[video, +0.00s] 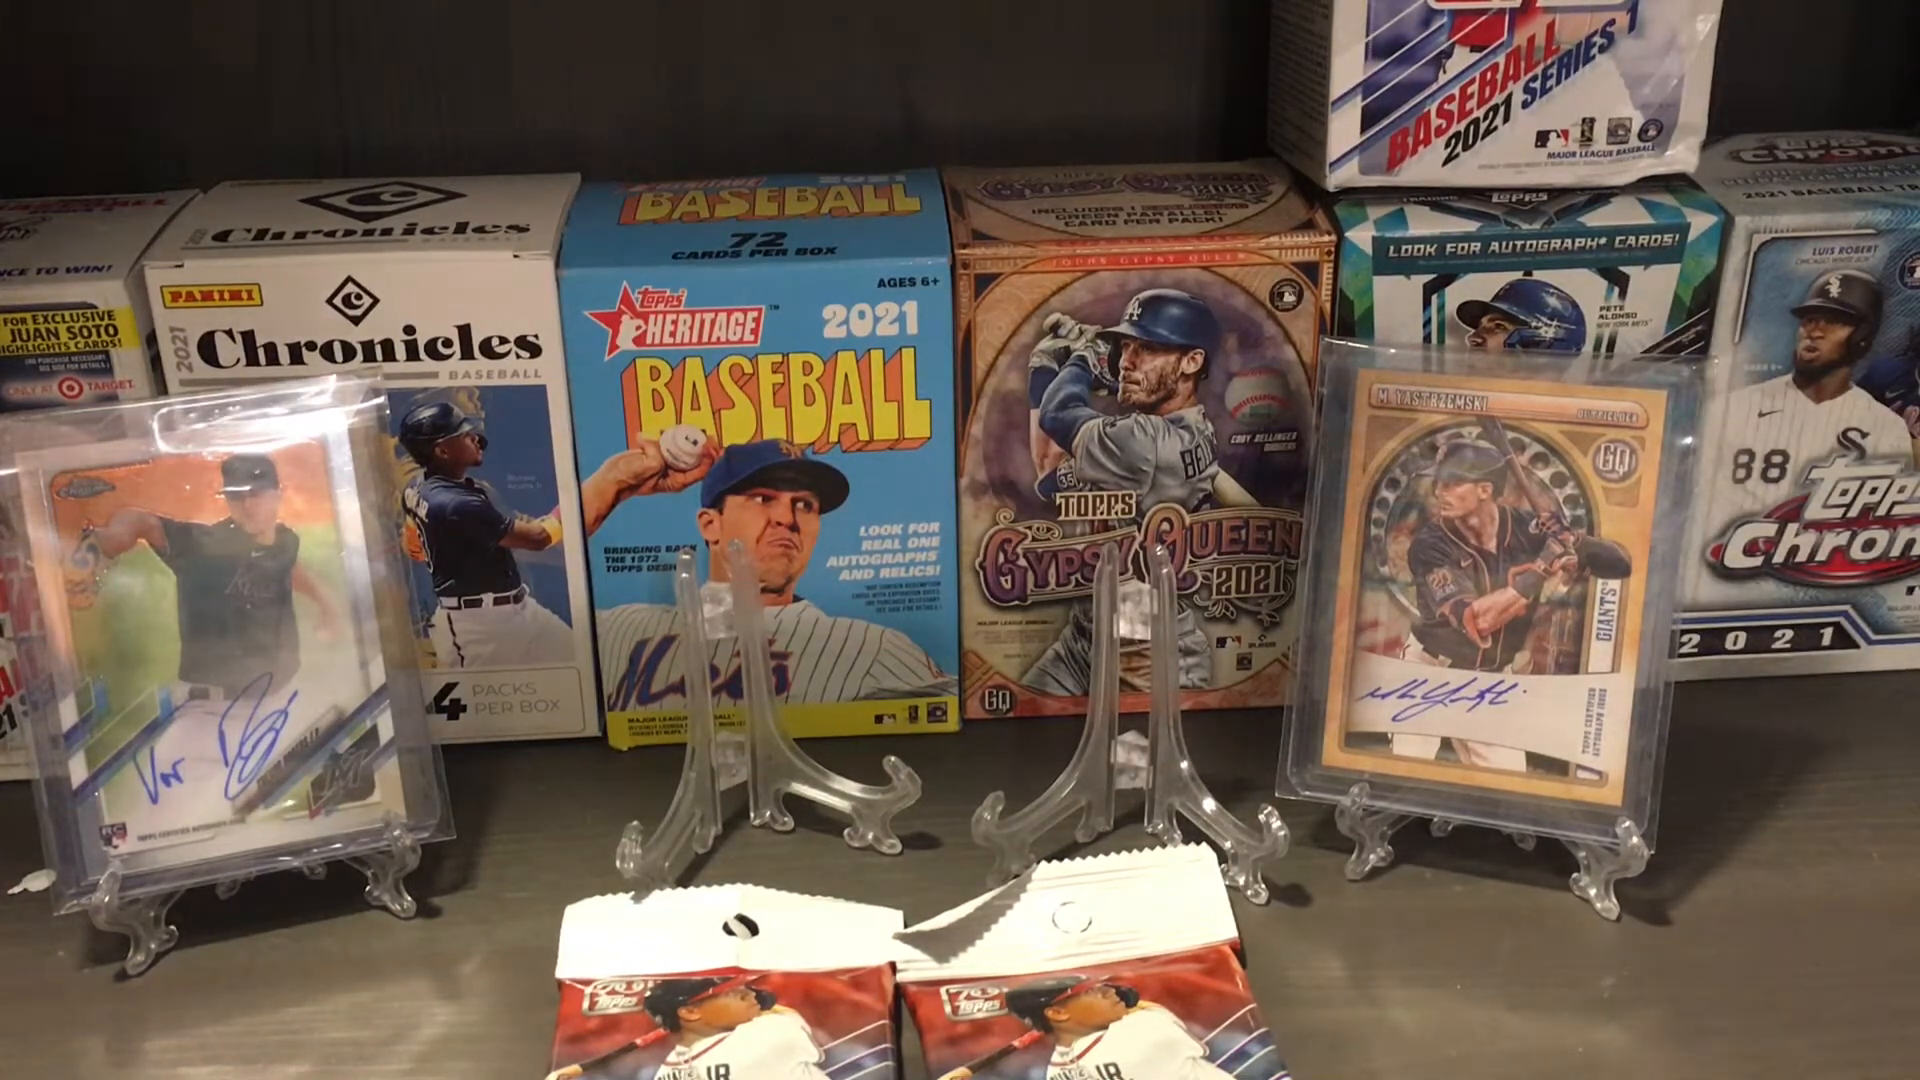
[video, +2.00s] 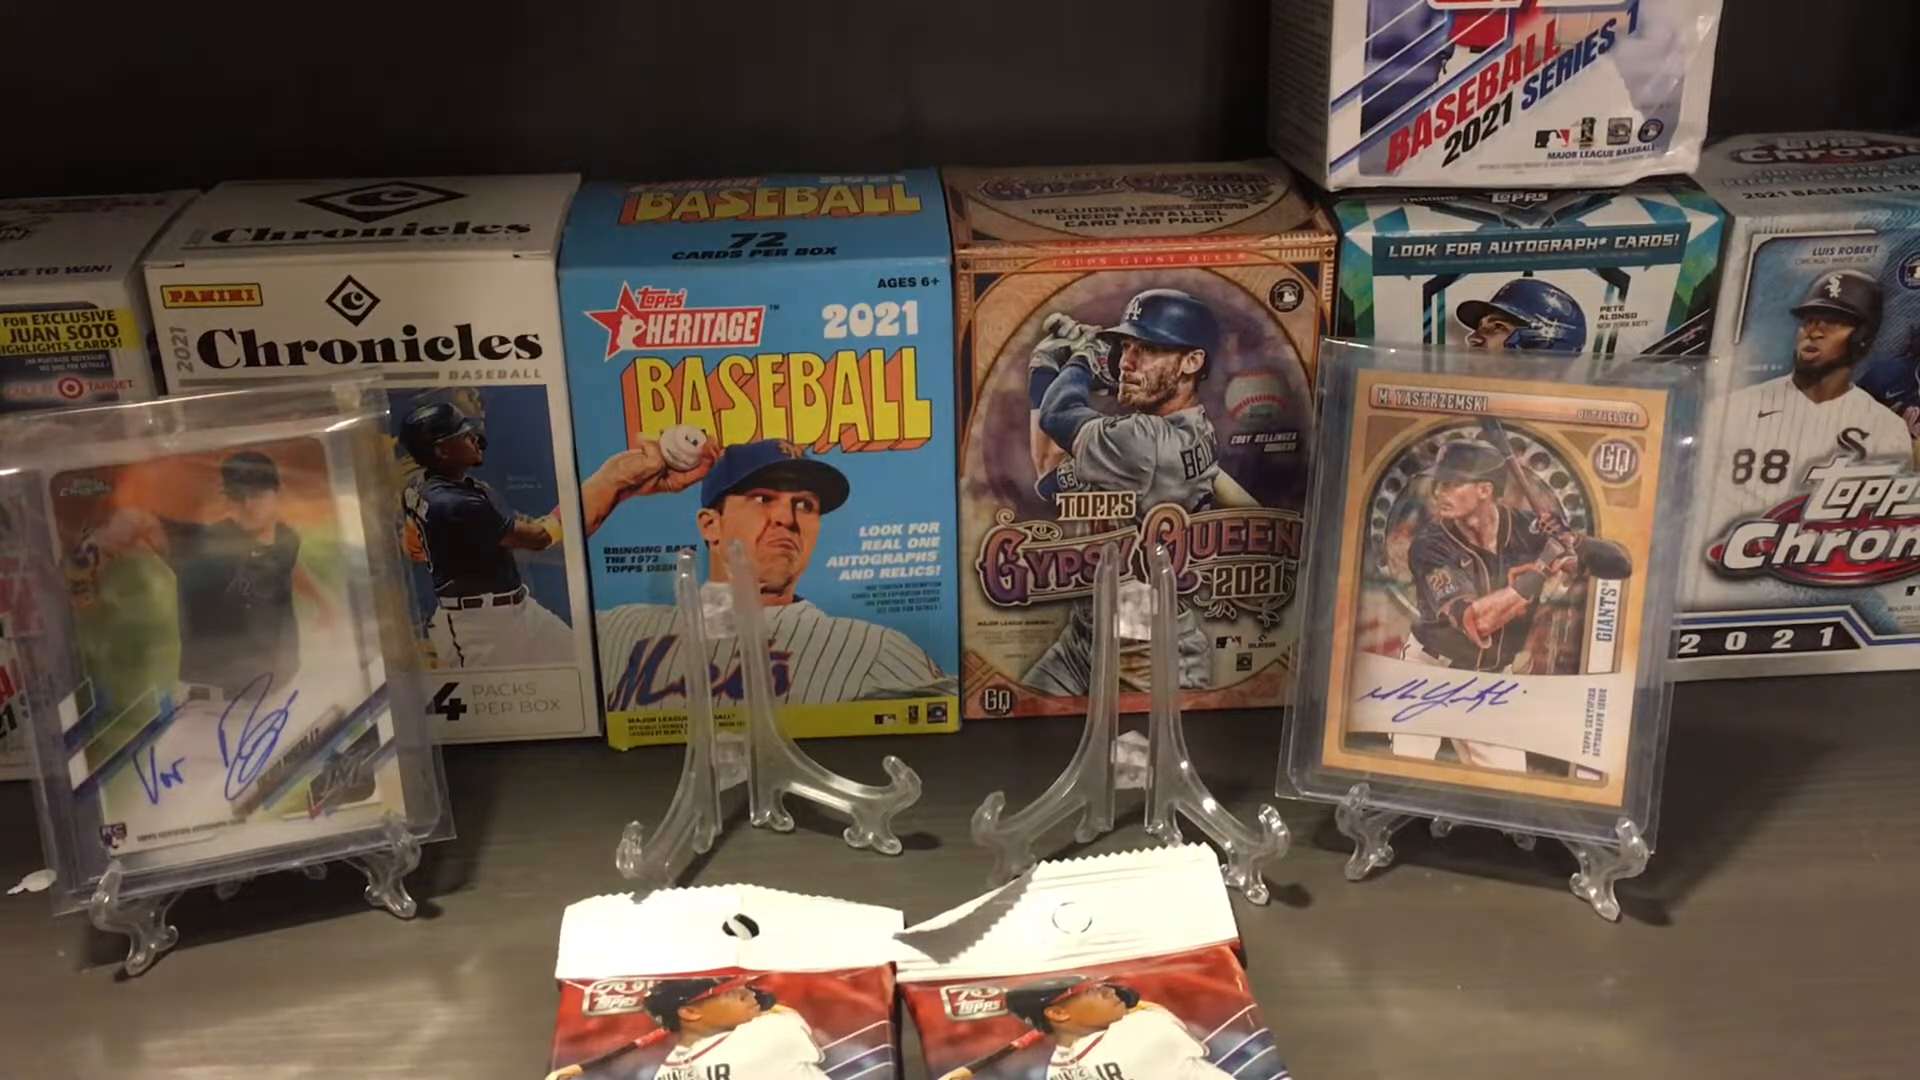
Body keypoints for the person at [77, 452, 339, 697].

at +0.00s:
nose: (247, 505)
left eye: (256, 493)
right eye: (236, 497)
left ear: (278, 495)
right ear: (226, 501)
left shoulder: (286, 543)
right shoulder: (200, 544)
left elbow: (287, 571)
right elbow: (134, 521)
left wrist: (324, 602)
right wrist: (101, 548)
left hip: (276, 697)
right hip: (214, 703)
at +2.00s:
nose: (247, 507)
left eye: (256, 496)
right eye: (237, 498)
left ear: (275, 496)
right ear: (227, 500)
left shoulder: (286, 540)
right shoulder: (203, 542)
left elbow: (291, 570)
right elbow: (137, 521)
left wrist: (323, 602)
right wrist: (109, 540)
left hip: (277, 686)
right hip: (215, 693)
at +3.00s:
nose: (247, 507)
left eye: (256, 496)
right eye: (237, 498)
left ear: (276, 495)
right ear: (226, 499)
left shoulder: (286, 540)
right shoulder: (201, 541)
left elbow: (291, 569)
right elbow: (134, 518)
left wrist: (324, 602)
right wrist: (111, 541)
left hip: (274, 687)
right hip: (212, 693)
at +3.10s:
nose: (247, 507)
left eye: (256, 496)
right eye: (237, 498)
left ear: (276, 495)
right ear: (226, 499)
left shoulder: (287, 540)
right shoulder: (202, 541)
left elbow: (291, 568)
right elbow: (135, 518)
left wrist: (323, 602)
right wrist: (114, 539)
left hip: (275, 685)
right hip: (213, 691)